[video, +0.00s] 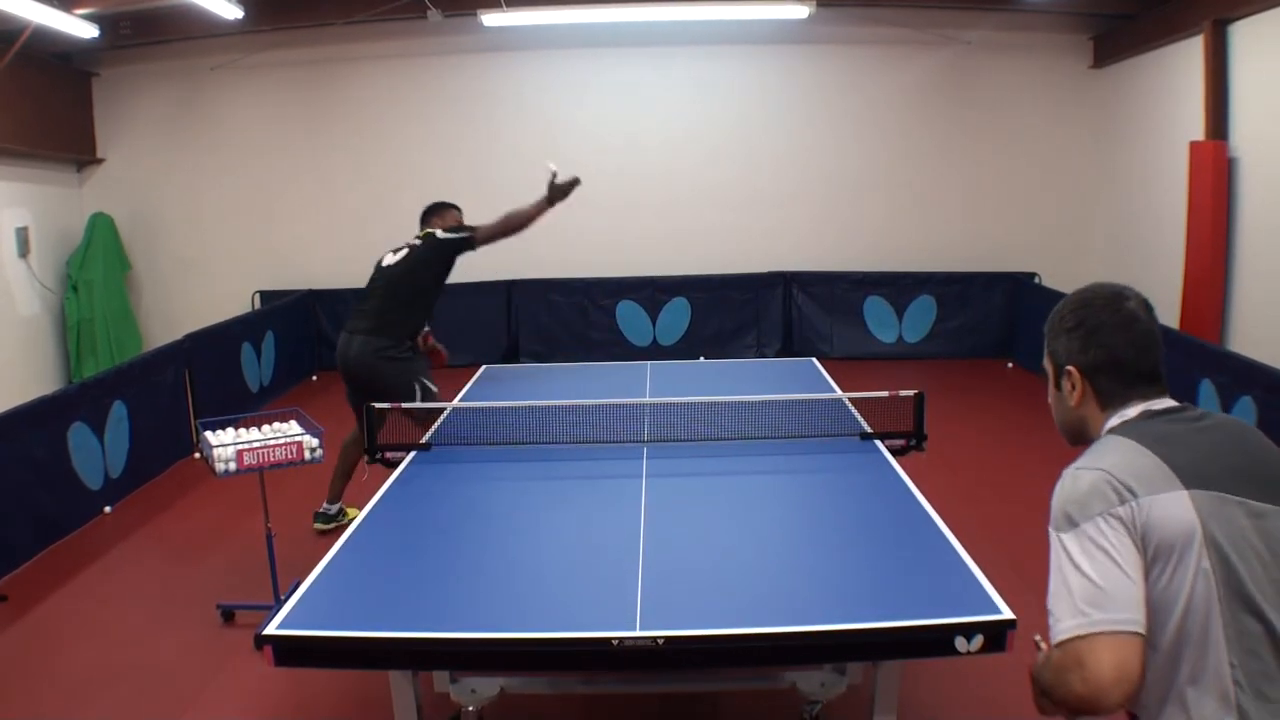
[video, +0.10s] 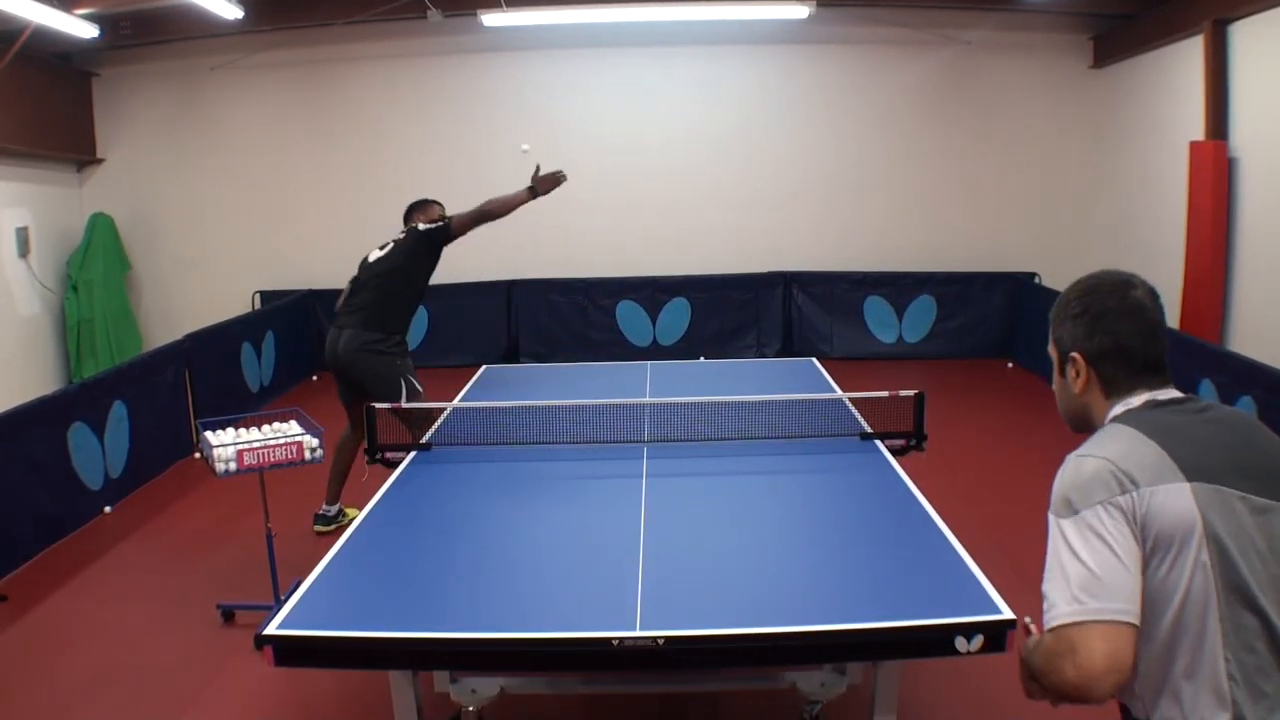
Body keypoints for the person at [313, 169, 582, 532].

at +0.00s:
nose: (463, 228)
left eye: (461, 223)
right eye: (457, 223)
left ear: (426, 226)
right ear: (437, 223)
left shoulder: (397, 252)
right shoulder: (442, 241)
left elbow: (390, 300)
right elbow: (502, 228)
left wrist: (421, 336)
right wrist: (548, 202)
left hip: (351, 351)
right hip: (386, 354)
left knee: (365, 428)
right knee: (444, 430)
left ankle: (330, 508)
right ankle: (450, 507)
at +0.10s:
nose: (444, 223)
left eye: (443, 218)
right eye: (439, 218)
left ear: (407, 223)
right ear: (420, 219)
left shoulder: (378, 252)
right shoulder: (426, 236)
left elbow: (343, 304)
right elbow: (483, 213)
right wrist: (533, 190)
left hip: (339, 345)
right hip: (375, 347)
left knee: (357, 427)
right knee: (426, 428)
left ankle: (329, 509)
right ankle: (440, 509)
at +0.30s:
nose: (427, 217)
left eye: (426, 212)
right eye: (423, 212)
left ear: (391, 216)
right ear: (407, 213)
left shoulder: (358, 242)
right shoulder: (415, 228)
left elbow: (321, 284)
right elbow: (462, 216)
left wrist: (345, 318)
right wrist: (512, 230)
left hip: (332, 342)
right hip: (370, 343)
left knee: (350, 423)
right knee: (415, 424)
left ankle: (328, 509)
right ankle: (427, 509)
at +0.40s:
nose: (428, 222)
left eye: (426, 217)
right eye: (424, 217)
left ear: (392, 218)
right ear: (410, 216)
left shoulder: (360, 241)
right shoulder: (420, 233)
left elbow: (322, 284)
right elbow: (467, 239)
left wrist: (349, 308)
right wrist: (495, 275)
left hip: (329, 341)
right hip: (365, 344)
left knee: (348, 424)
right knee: (423, 420)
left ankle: (328, 511)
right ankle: (438, 503)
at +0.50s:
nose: (435, 234)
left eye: (432, 229)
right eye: (432, 229)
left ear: (399, 231)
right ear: (422, 228)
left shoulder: (367, 249)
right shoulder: (424, 247)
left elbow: (329, 280)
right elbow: (458, 272)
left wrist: (364, 281)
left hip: (329, 351)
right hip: (366, 353)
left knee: (353, 427)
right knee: (433, 421)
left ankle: (328, 511)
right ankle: (444, 503)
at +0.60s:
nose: (454, 247)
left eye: (452, 241)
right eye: (452, 241)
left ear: (419, 240)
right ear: (442, 238)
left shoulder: (391, 259)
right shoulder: (439, 259)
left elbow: (370, 301)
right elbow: (433, 298)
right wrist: (435, 346)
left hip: (340, 360)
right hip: (373, 366)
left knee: (363, 430)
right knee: (443, 428)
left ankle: (329, 511)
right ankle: (440, 509)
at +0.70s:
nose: (484, 257)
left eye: (484, 250)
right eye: (479, 249)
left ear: (454, 248)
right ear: (455, 247)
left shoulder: (430, 265)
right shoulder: (442, 268)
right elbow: (403, 298)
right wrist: (420, 352)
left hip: (360, 366)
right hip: (381, 372)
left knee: (380, 438)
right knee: (447, 429)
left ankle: (333, 507)